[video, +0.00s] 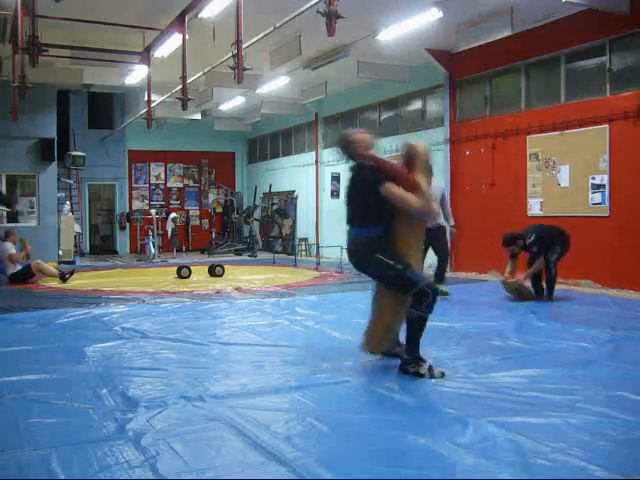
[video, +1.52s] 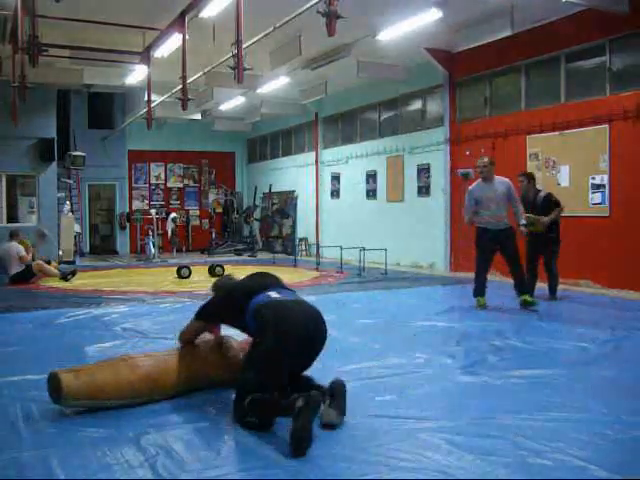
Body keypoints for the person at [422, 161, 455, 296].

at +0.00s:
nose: (426, 178)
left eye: (428, 175)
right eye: (423, 175)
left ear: (431, 175)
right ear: (418, 176)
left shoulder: (439, 189)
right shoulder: (416, 190)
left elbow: (445, 208)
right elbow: (412, 209)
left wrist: (451, 222)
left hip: (437, 226)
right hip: (421, 227)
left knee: (443, 256)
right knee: (418, 257)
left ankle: (438, 282)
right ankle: (415, 282)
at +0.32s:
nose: (440, 174)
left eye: (442, 171)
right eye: (437, 171)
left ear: (446, 173)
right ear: (434, 173)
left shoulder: (454, 190)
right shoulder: (429, 190)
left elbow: (464, 208)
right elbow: (423, 208)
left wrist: (467, 226)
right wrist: (425, 223)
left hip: (452, 229)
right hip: (434, 229)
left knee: (456, 264)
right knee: (427, 262)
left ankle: (458, 291)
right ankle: (420, 289)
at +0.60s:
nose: (452, 172)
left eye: (454, 168)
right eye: (449, 169)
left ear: (460, 170)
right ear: (445, 171)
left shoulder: (471, 185)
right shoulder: (442, 188)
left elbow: (481, 202)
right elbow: (437, 207)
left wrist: (486, 219)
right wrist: (437, 215)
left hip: (466, 225)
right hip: (450, 225)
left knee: (467, 258)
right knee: (454, 257)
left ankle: (460, 290)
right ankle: (448, 286)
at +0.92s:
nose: (461, 172)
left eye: (464, 169)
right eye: (459, 170)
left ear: (470, 170)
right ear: (456, 172)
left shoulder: (482, 185)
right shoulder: (453, 190)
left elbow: (494, 203)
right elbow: (448, 209)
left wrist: (498, 219)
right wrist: (447, 218)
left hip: (479, 226)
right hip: (462, 226)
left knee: (475, 261)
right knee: (470, 261)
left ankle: (460, 290)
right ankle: (476, 293)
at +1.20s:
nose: (470, 171)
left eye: (473, 167)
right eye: (467, 168)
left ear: (479, 168)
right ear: (464, 170)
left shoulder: (492, 183)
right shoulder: (461, 190)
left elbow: (504, 202)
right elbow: (457, 213)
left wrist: (509, 221)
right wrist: (458, 218)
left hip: (492, 227)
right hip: (474, 227)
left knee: (500, 261)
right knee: (476, 263)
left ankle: (485, 284)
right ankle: (477, 295)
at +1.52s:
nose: (481, 170)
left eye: (484, 167)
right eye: (479, 167)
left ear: (492, 168)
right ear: (477, 170)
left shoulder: (505, 184)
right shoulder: (473, 189)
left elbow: (516, 203)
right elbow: (468, 212)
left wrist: (521, 222)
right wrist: (470, 218)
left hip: (505, 228)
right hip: (484, 229)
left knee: (515, 263)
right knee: (482, 266)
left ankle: (523, 294)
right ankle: (479, 296)